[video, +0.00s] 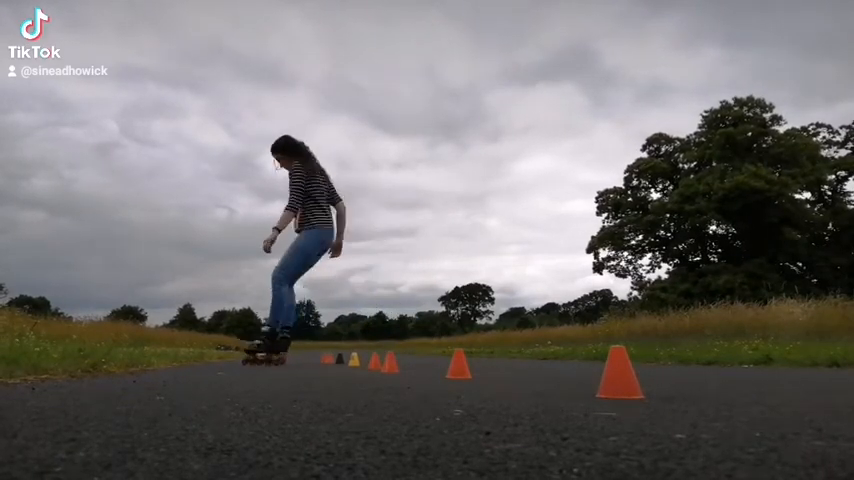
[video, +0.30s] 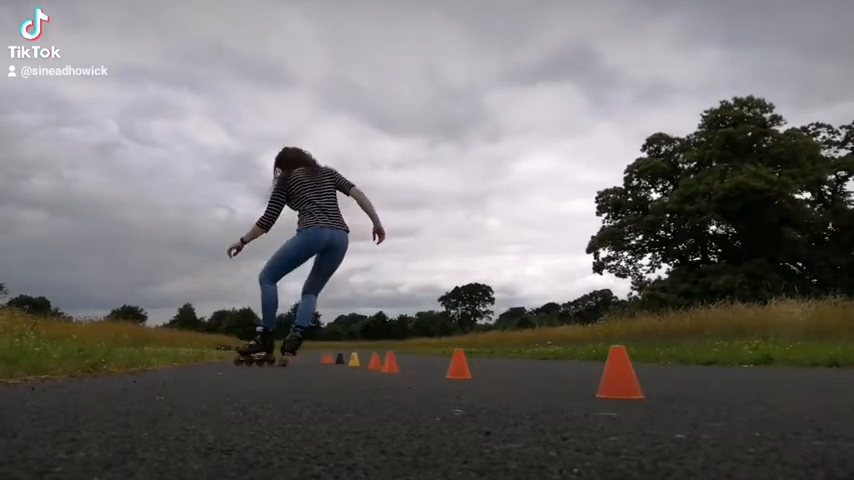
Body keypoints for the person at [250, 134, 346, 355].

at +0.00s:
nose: (279, 164)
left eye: (279, 159)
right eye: (277, 160)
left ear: (287, 154)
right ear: (296, 151)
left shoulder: (298, 170)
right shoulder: (318, 170)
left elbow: (293, 206)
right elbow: (340, 206)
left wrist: (275, 232)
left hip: (314, 231)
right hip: (325, 232)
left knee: (280, 276)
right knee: (286, 280)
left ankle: (274, 334)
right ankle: (283, 334)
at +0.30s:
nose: (279, 175)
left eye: (279, 171)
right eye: (279, 171)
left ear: (284, 167)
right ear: (305, 160)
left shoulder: (285, 181)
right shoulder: (327, 172)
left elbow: (267, 220)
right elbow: (355, 191)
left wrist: (243, 241)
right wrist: (377, 222)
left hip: (313, 232)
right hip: (340, 236)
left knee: (267, 277)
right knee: (311, 291)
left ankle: (266, 339)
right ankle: (297, 334)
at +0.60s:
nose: (308, 169)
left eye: (307, 165)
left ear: (310, 161)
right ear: (335, 153)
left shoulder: (312, 177)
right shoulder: (351, 162)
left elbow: (307, 217)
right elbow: (381, 176)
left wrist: (295, 248)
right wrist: (409, 198)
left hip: (337, 229)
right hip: (367, 225)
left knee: (342, 288)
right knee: (355, 286)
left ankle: (362, 333)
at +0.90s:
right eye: (367, 138)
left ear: (342, 148)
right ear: (367, 141)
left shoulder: (339, 165)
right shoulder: (382, 152)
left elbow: (337, 205)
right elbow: (415, 170)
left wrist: (328, 241)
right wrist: (443, 197)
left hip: (361, 222)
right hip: (393, 214)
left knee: (384, 282)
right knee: (414, 275)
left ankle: (410, 334)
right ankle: (440, 327)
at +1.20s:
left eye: (342, 143)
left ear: (346, 140)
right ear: (373, 133)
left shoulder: (345, 154)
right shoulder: (389, 147)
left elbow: (342, 196)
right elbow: (433, 176)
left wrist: (330, 234)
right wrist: (446, 204)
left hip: (372, 217)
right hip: (407, 212)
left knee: (407, 278)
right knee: (397, 275)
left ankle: (436, 331)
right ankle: (376, 331)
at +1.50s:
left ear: (334, 118)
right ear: (362, 117)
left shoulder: (328, 131)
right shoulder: (377, 132)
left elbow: (309, 173)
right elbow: (420, 168)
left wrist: (286, 209)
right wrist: (427, 202)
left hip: (344, 192)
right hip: (382, 195)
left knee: (341, 263)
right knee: (359, 268)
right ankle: (332, 330)